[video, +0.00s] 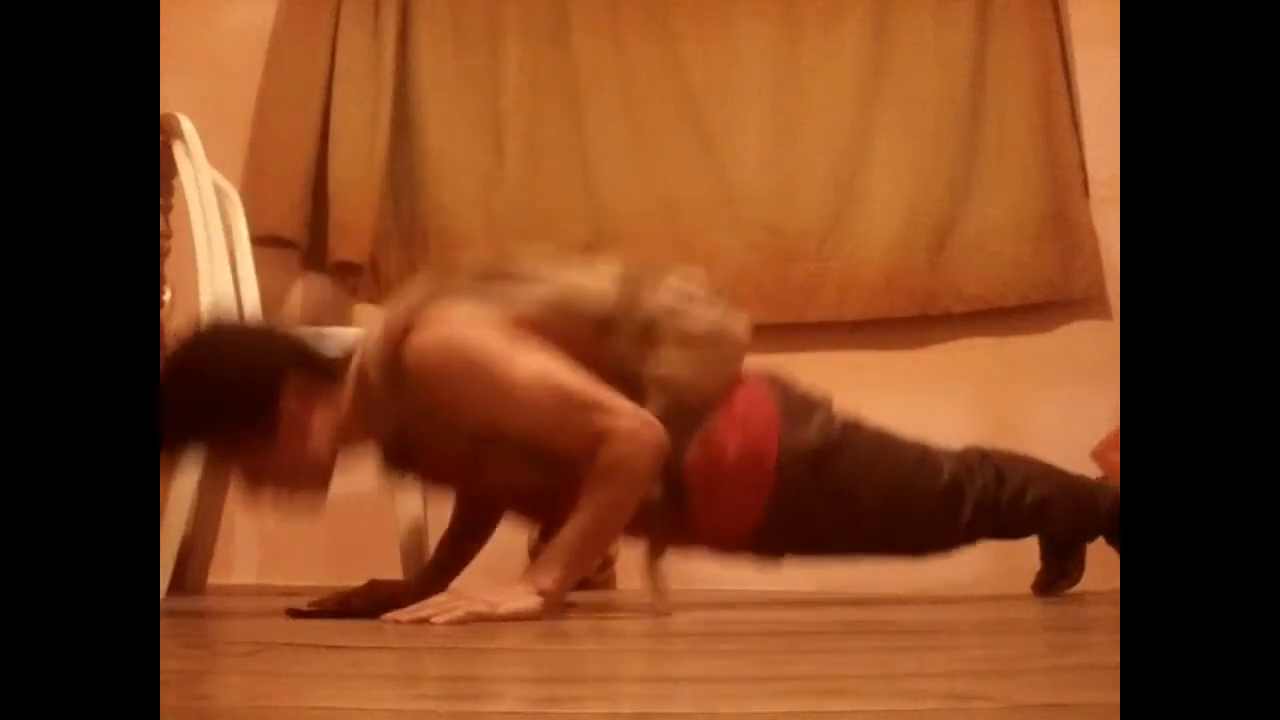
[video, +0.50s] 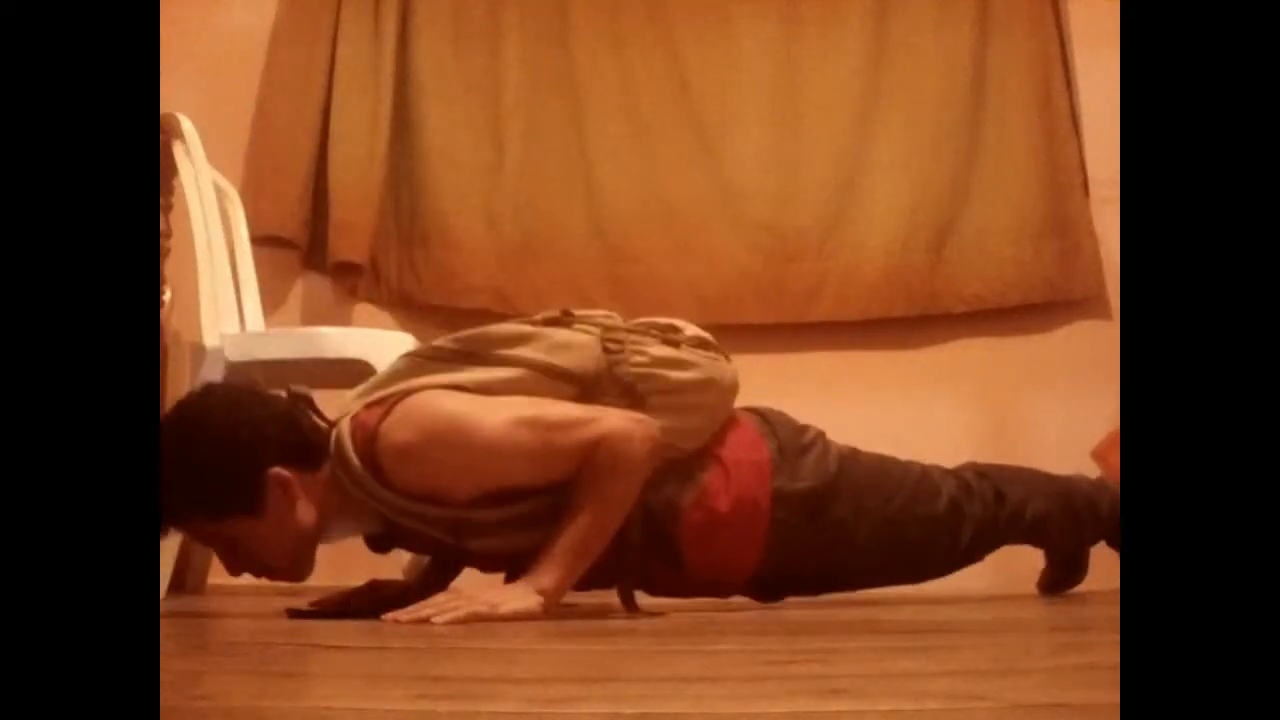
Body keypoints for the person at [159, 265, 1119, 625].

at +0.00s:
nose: (264, 480)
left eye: (253, 455)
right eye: (244, 468)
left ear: (291, 403)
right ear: (291, 404)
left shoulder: (435, 355)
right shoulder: (395, 395)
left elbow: (627, 441)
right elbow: (493, 478)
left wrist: (555, 579)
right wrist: (414, 580)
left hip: (755, 450)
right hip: (725, 481)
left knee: (955, 488)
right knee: (929, 503)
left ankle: (1099, 503)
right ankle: (1062, 516)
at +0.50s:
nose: (230, 563)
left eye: (226, 538)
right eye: (213, 547)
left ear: (284, 486)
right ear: (283, 480)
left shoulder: (416, 443)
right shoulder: (364, 454)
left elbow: (629, 443)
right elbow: (486, 524)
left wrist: (538, 587)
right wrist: (391, 586)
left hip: (752, 493)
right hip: (721, 509)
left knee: (952, 511)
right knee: (929, 513)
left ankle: (1094, 503)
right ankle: (1079, 506)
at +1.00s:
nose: (223, 564)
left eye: (221, 539)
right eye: (206, 548)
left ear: (278, 485)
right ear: (275, 478)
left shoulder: (410, 442)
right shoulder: (360, 448)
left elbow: (619, 441)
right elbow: (478, 524)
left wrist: (539, 588)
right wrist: (390, 588)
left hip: (743, 490)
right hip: (715, 495)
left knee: (945, 509)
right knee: (925, 506)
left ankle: (1091, 504)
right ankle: (1076, 504)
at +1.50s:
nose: (221, 567)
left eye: (219, 544)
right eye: (204, 552)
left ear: (277, 489)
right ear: (272, 482)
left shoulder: (411, 446)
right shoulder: (358, 454)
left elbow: (618, 441)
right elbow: (466, 540)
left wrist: (538, 588)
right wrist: (383, 588)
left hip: (743, 492)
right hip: (712, 504)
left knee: (946, 509)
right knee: (924, 508)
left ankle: (1094, 505)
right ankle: (1073, 506)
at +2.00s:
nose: (217, 570)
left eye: (216, 545)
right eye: (200, 553)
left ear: (276, 491)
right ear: (270, 484)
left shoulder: (405, 450)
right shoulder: (357, 456)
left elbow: (616, 440)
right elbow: (474, 534)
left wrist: (538, 588)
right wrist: (385, 588)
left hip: (739, 494)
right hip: (713, 494)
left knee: (948, 508)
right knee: (926, 505)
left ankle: (1096, 506)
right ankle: (1077, 507)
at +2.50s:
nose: (223, 572)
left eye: (219, 548)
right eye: (205, 558)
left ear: (274, 491)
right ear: (269, 482)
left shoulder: (406, 447)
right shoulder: (356, 457)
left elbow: (616, 440)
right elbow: (462, 541)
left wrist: (538, 588)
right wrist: (386, 588)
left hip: (737, 495)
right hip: (711, 494)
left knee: (946, 509)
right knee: (923, 505)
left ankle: (1094, 505)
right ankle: (1074, 507)